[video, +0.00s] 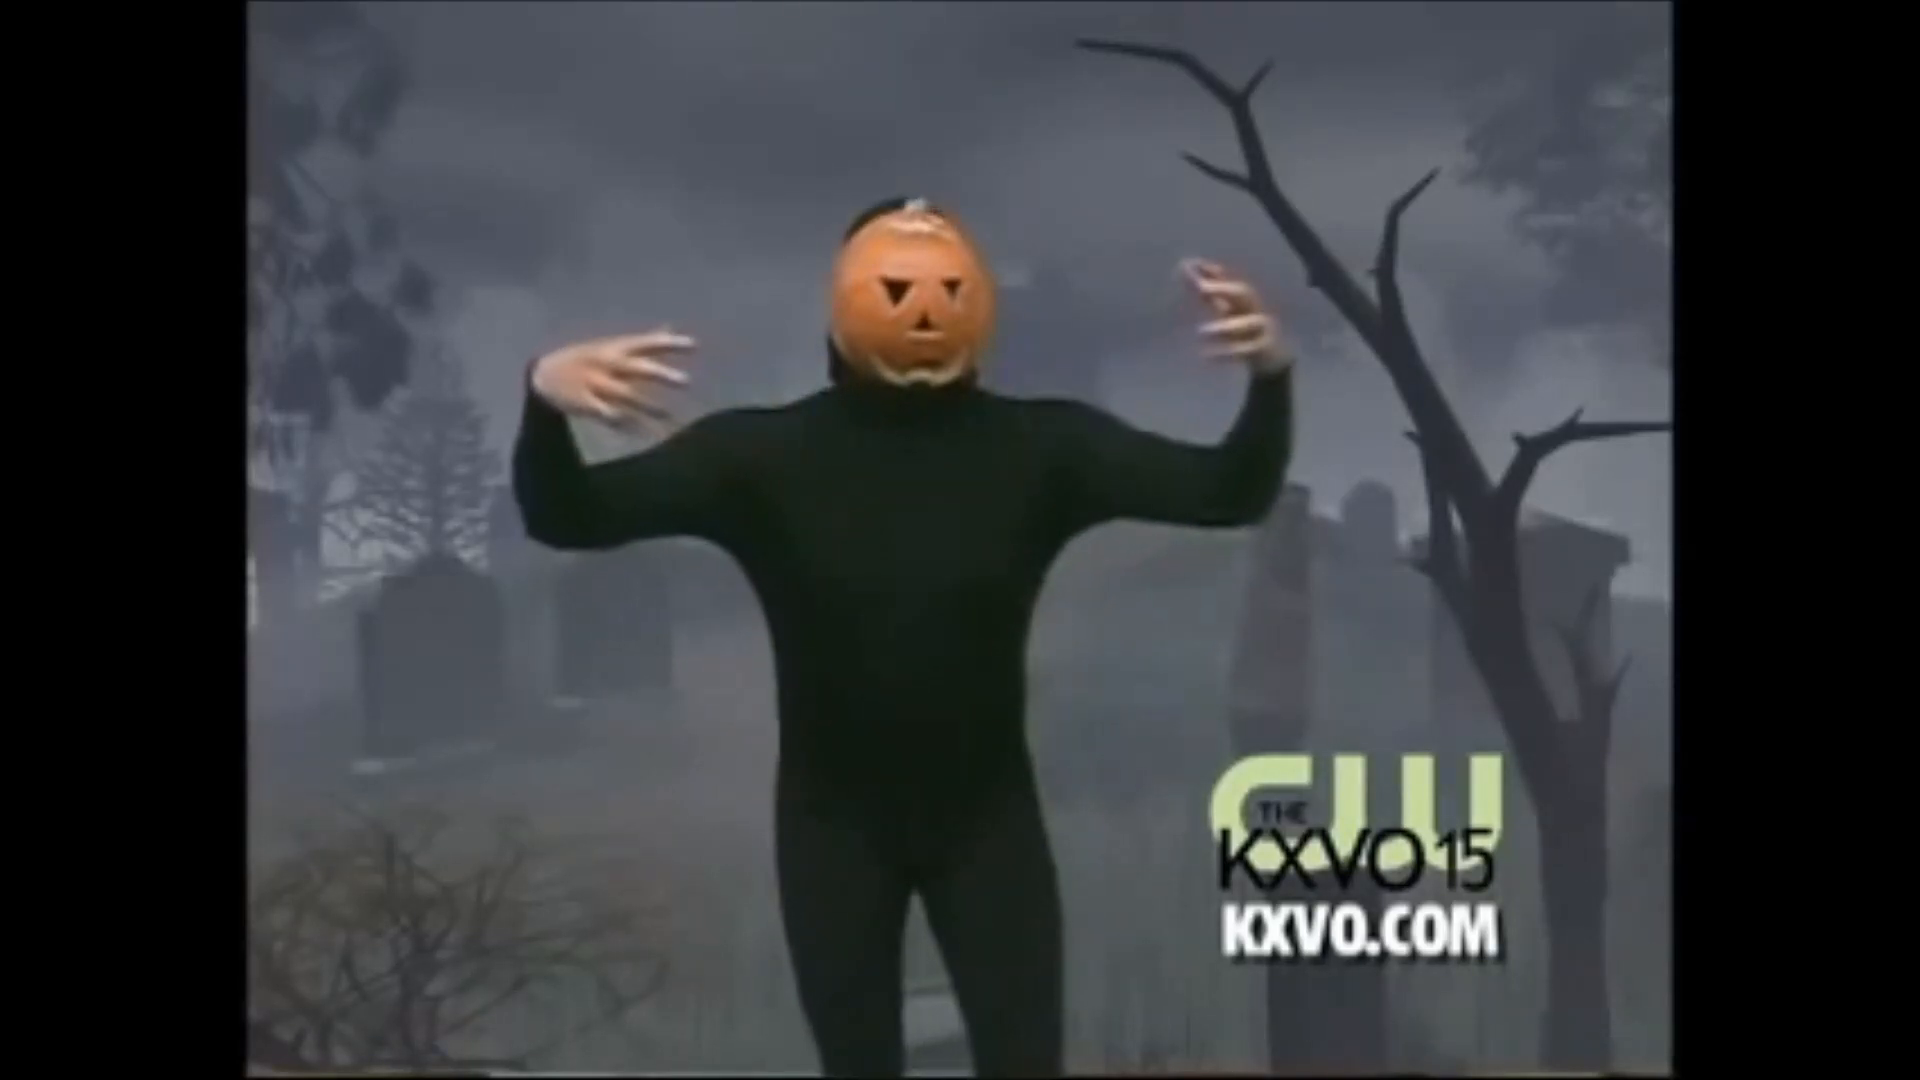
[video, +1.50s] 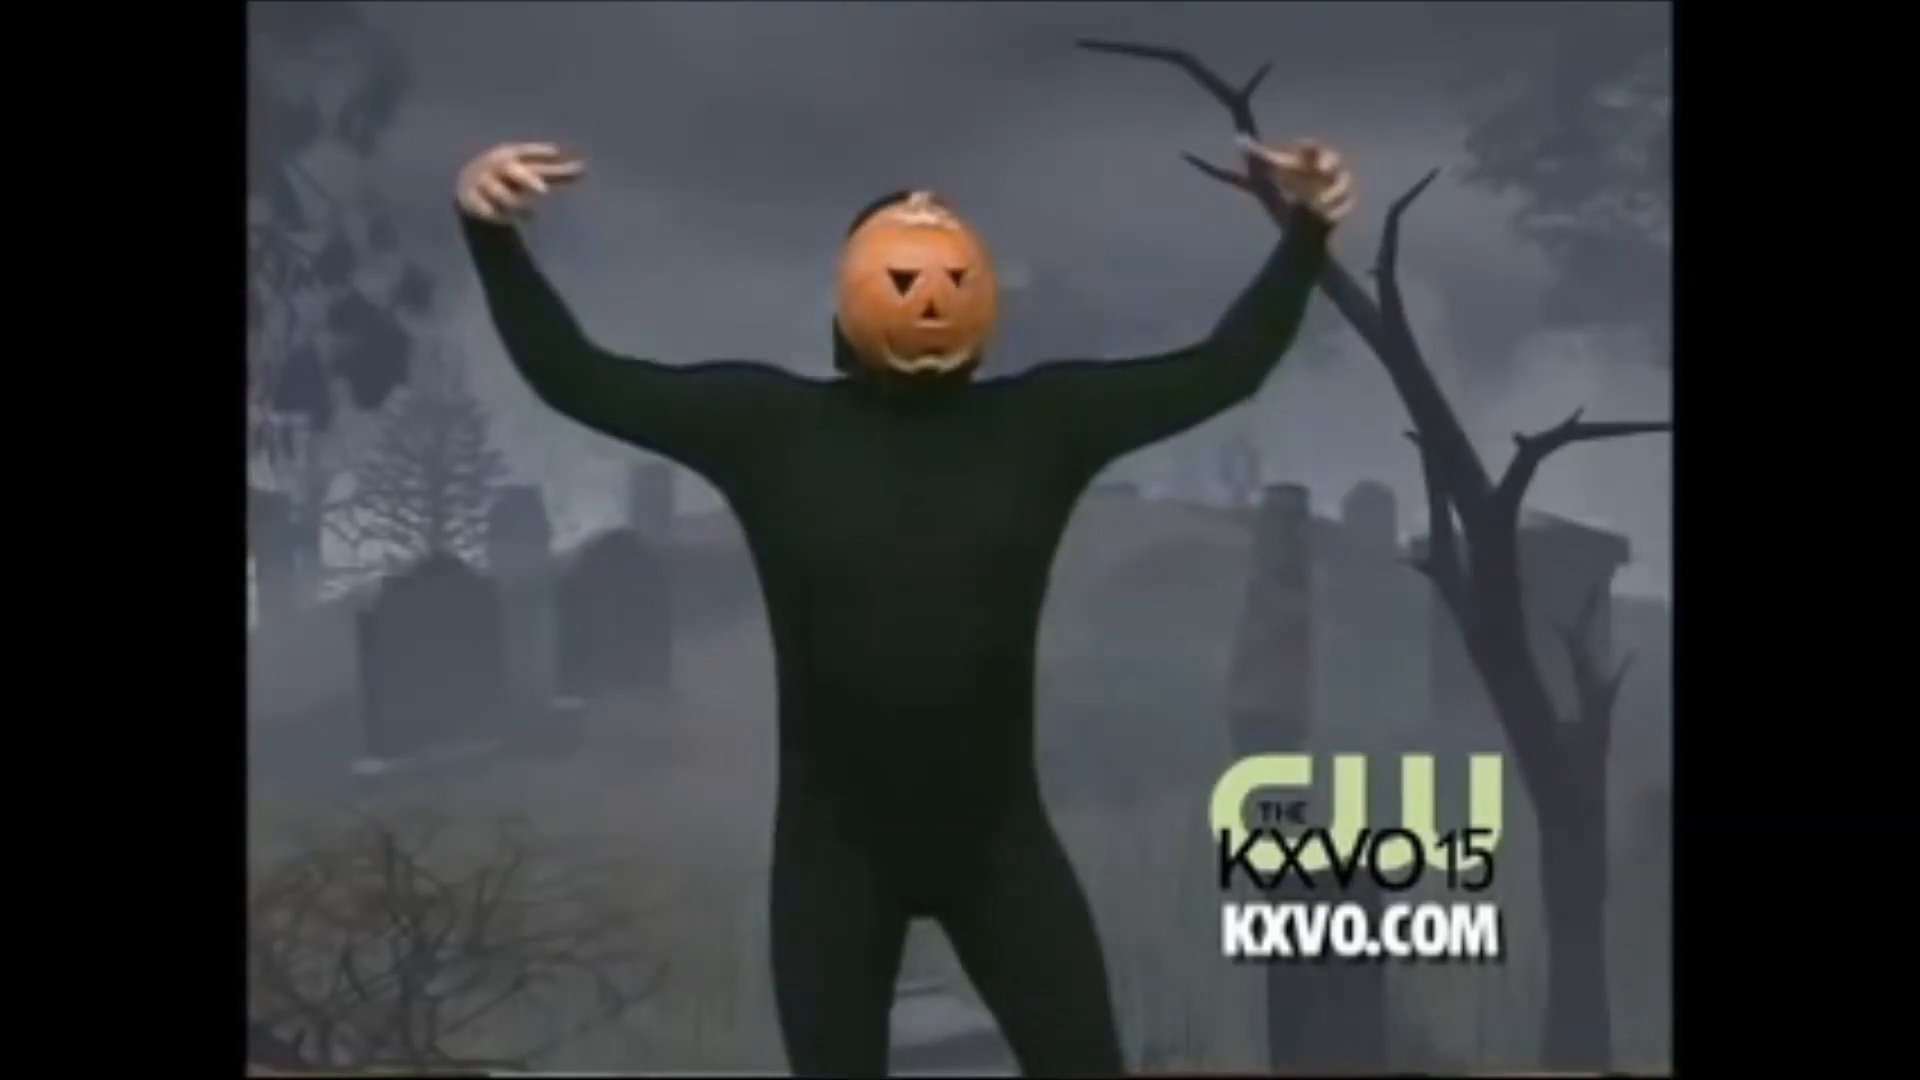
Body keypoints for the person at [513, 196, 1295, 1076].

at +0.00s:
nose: (926, 305)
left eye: (951, 287)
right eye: (893, 285)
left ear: (985, 314)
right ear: (836, 314)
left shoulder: (1046, 446)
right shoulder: (756, 453)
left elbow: (1236, 491)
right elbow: (565, 512)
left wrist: (1271, 376)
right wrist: (545, 400)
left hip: (988, 817)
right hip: (832, 823)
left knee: (1026, 1060)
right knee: (858, 1061)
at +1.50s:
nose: (926, 260)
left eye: (952, 250)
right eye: (892, 247)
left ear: (988, 309)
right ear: (838, 309)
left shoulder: (1053, 420)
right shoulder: (761, 423)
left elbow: (1229, 366)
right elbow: (571, 373)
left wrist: (1305, 234)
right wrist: (491, 233)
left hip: (1000, 838)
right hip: (833, 846)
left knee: (1087, 1068)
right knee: (834, 1072)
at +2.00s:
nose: (923, 280)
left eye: (949, 265)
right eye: (893, 262)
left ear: (990, 300)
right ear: (841, 301)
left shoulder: (1048, 414)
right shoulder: (763, 413)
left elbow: (1222, 345)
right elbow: (573, 341)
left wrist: (1298, 209)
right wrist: (494, 194)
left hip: (1001, 837)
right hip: (832, 843)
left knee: (1085, 1065)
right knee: (821, 1066)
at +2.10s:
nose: (922, 278)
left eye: (948, 264)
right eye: (892, 261)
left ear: (989, 301)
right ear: (840, 302)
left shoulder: (1046, 413)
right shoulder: (762, 412)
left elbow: (1221, 342)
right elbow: (576, 337)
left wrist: (1292, 205)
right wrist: (492, 187)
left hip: (1000, 839)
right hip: (831, 845)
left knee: (1086, 1065)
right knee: (821, 1068)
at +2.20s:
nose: (922, 282)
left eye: (947, 267)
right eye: (891, 265)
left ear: (988, 300)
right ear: (841, 302)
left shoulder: (1043, 412)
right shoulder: (762, 410)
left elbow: (1217, 335)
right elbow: (576, 332)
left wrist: (1288, 199)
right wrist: (489, 180)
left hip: (1000, 838)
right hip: (830, 845)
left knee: (1086, 1065)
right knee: (820, 1067)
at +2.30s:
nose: (920, 282)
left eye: (946, 267)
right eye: (890, 266)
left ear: (985, 299)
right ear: (840, 301)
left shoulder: (1042, 409)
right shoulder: (761, 407)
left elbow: (1212, 326)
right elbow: (575, 321)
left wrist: (1282, 184)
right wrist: (485, 164)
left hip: (998, 837)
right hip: (829, 844)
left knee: (1086, 1062)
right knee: (820, 1064)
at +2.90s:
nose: (928, 281)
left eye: (953, 266)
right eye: (896, 265)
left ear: (993, 299)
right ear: (842, 302)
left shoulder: (1035, 399)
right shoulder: (776, 400)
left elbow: (1171, 260)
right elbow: (619, 255)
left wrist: (1240, 81)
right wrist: (544, 60)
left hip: (997, 837)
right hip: (830, 845)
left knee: (1088, 1064)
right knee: (818, 1066)